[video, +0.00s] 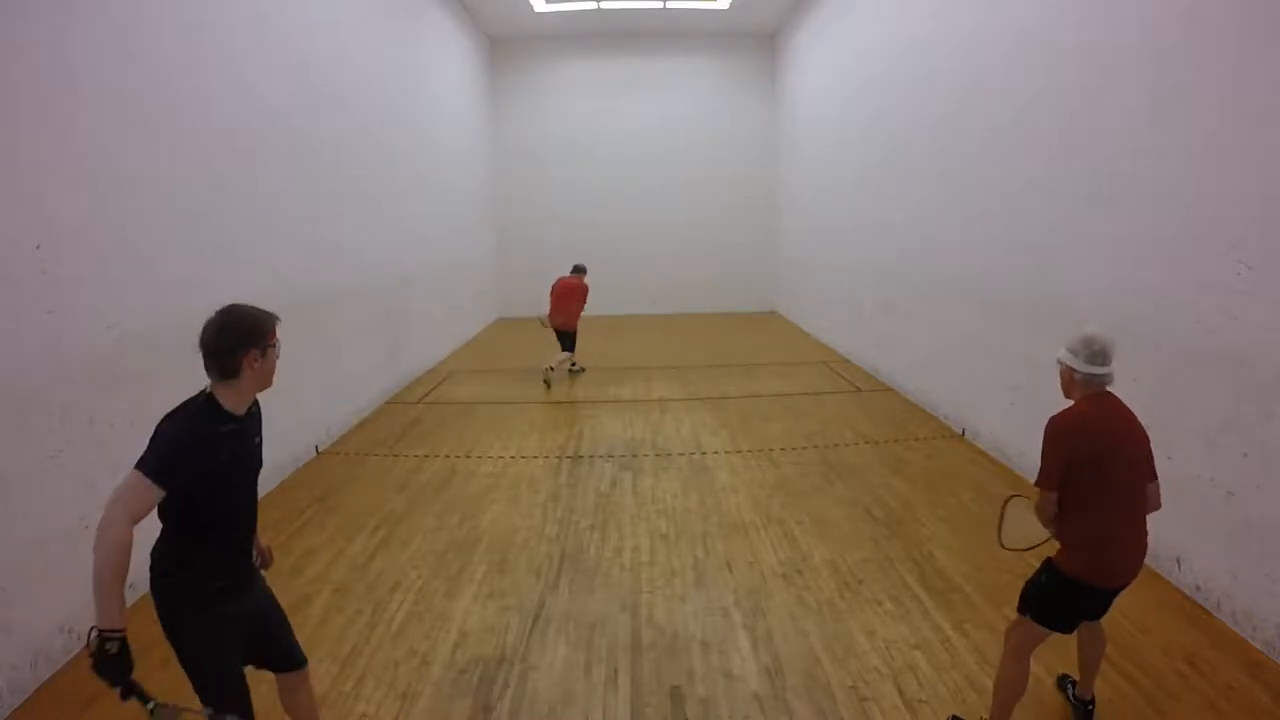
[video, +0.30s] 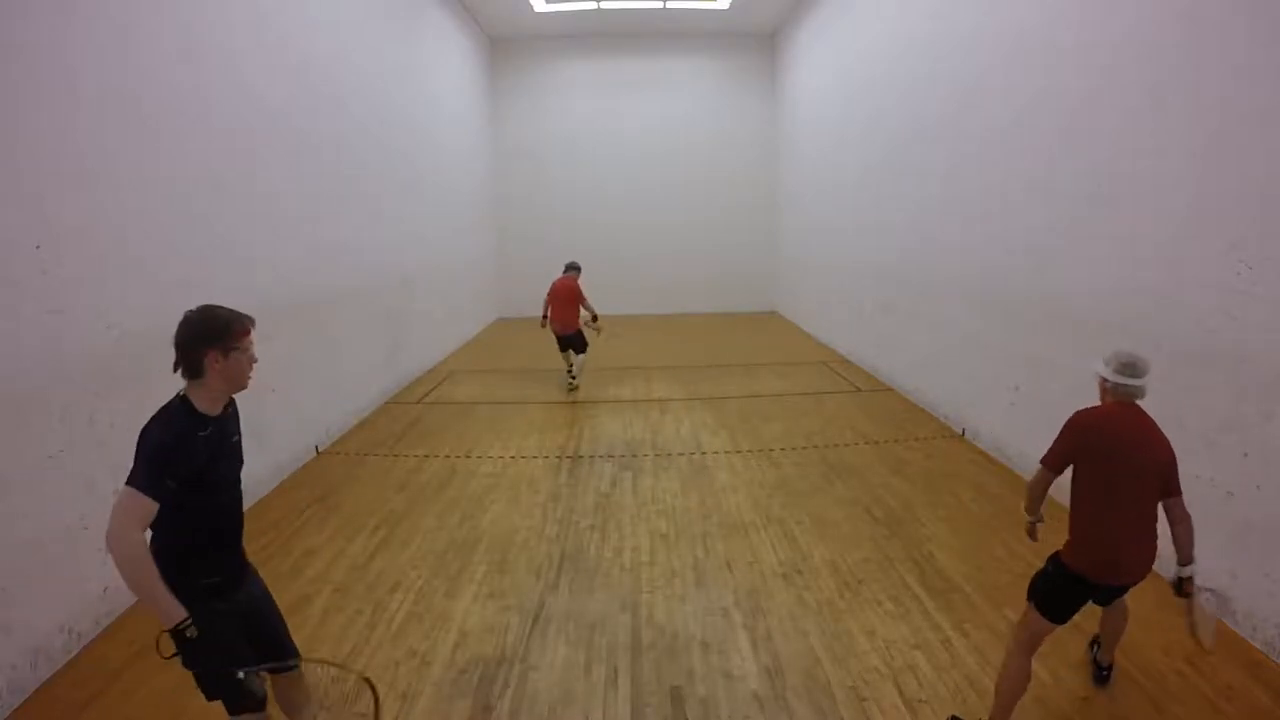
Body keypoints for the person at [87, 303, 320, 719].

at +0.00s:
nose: (278, 355)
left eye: (277, 347)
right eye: (274, 348)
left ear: (248, 362)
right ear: (253, 361)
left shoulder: (248, 411)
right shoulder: (185, 429)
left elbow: (230, 489)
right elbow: (116, 520)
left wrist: (251, 537)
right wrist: (110, 635)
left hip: (239, 572)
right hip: (190, 592)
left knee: (293, 669)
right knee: (232, 710)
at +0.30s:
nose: (255, 359)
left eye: (252, 349)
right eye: (246, 351)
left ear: (219, 362)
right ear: (216, 360)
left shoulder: (226, 408)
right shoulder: (167, 434)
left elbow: (210, 498)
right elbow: (122, 536)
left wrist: (233, 565)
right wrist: (182, 625)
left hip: (239, 574)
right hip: (195, 597)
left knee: (288, 669)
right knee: (249, 703)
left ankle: (307, 714)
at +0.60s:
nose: (220, 359)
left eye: (218, 348)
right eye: (208, 351)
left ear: (181, 361)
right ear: (173, 360)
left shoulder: (191, 407)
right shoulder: (148, 436)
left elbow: (187, 496)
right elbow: (116, 541)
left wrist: (210, 560)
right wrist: (179, 614)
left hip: (213, 564)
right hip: (177, 591)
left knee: (258, 641)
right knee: (219, 697)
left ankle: (258, 707)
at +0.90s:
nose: (211, 351)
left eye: (208, 343)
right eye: (205, 345)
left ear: (177, 357)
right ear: (186, 357)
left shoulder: (177, 405)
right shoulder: (162, 422)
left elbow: (175, 486)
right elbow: (129, 514)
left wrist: (208, 533)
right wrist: (161, 589)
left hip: (203, 550)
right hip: (190, 565)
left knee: (213, 636)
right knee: (232, 680)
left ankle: (210, 693)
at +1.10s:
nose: (209, 324)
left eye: (206, 315)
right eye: (205, 317)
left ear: (165, 330)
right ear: (192, 325)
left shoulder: (159, 378)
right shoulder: (185, 386)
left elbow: (157, 445)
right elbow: (176, 474)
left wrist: (211, 470)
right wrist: (212, 542)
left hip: (177, 519)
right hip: (202, 527)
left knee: (205, 595)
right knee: (254, 621)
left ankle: (210, 675)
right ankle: (253, 711)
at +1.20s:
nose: (217, 331)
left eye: (214, 323)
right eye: (214, 325)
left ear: (173, 337)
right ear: (204, 332)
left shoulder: (166, 385)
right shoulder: (199, 390)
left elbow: (177, 462)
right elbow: (200, 472)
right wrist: (244, 533)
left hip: (179, 519)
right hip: (206, 524)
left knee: (209, 592)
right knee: (281, 611)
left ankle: (195, 675)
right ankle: (285, 711)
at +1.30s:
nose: (233, 358)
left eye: (229, 350)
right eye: (230, 351)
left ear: (190, 365)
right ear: (222, 361)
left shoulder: (188, 409)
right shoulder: (216, 421)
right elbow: (237, 507)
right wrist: (295, 546)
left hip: (191, 539)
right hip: (221, 546)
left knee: (211, 607)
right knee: (315, 606)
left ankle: (190, 685)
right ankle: (334, 703)